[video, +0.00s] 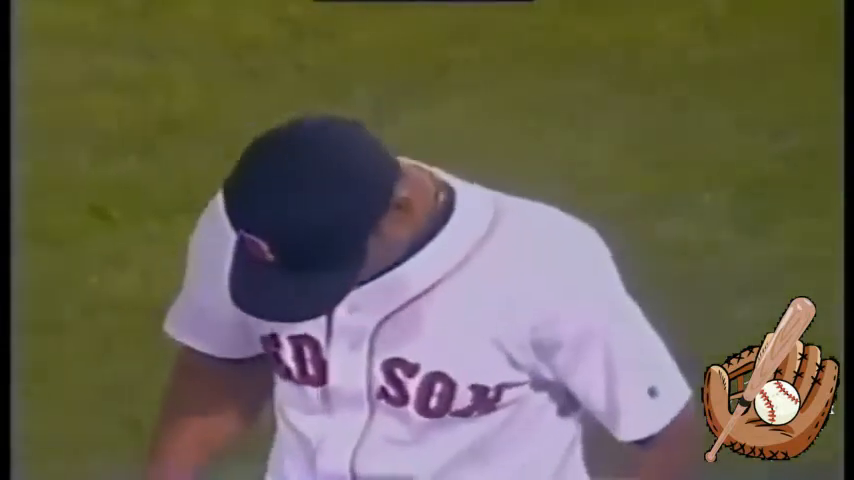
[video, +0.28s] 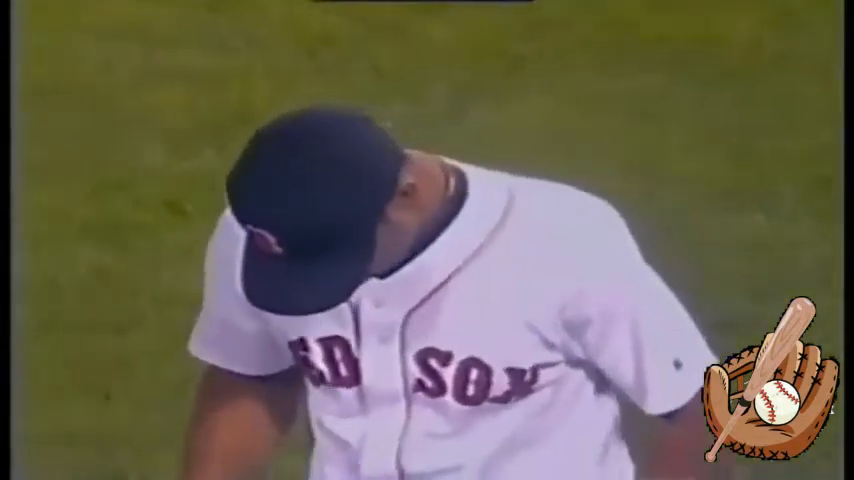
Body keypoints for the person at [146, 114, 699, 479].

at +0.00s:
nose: (304, 306)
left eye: (329, 283)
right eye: (284, 289)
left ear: (399, 209)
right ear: (251, 229)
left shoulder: (550, 264)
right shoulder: (243, 226)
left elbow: (671, 433)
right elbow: (216, 378)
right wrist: (169, 465)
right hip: (303, 468)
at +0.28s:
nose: (333, 289)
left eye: (344, 265)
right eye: (306, 274)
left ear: (402, 198)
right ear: (267, 228)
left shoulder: (571, 241)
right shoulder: (258, 235)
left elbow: (691, 408)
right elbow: (246, 381)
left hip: (556, 467)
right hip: (348, 467)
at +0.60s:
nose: (355, 274)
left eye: (378, 245)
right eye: (335, 252)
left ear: (447, 172)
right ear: (303, 200)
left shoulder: (611, 208)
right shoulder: (292, 205)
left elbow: (740, 378)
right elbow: (273, 350)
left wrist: (705, 464)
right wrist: (218, 469)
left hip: (599, 470)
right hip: (386, 468)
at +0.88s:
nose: (402, 249)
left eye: (423, 227)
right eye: (382, 229)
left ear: (492, 169)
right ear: (346, 169)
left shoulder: (645, 206)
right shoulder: (318, 176)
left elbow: (766, 374)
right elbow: (281, 333)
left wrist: (751, 441)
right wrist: (241, 462)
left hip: (597, 468)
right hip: (379, 466)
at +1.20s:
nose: (299, 250)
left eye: (323, 229)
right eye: (280, 227)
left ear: (396, 166)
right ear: (246, 171)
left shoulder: (538, 207)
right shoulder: (213, 177)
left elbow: (669, 377)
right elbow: (162, 329)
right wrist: (126, 458)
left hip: (485, 469)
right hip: (268, 468)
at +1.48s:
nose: (289, 234)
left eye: (311, 208)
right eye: (268, 212)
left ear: (377, 142)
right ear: (230, 158)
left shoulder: (518, 185)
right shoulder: (194, 174)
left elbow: (687, 344)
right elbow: (151, 328)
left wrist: (766, 432)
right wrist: (119, 467)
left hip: (466, 470)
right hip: (257, 467)